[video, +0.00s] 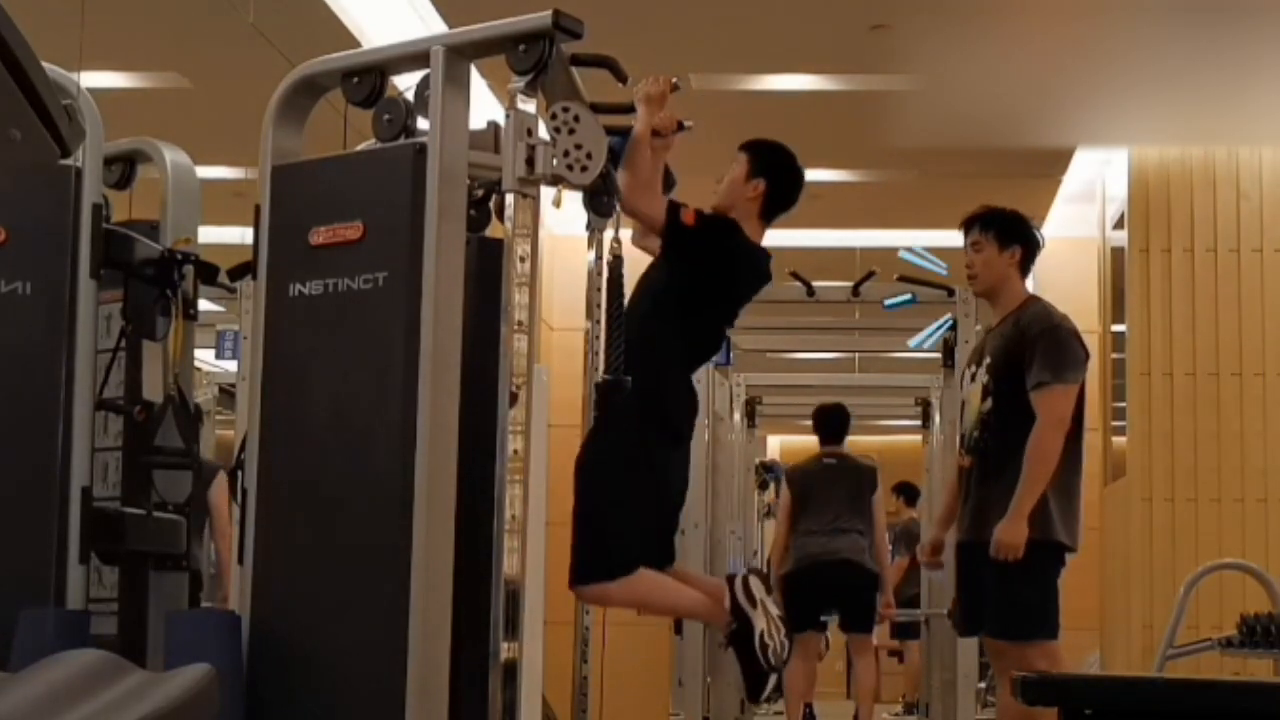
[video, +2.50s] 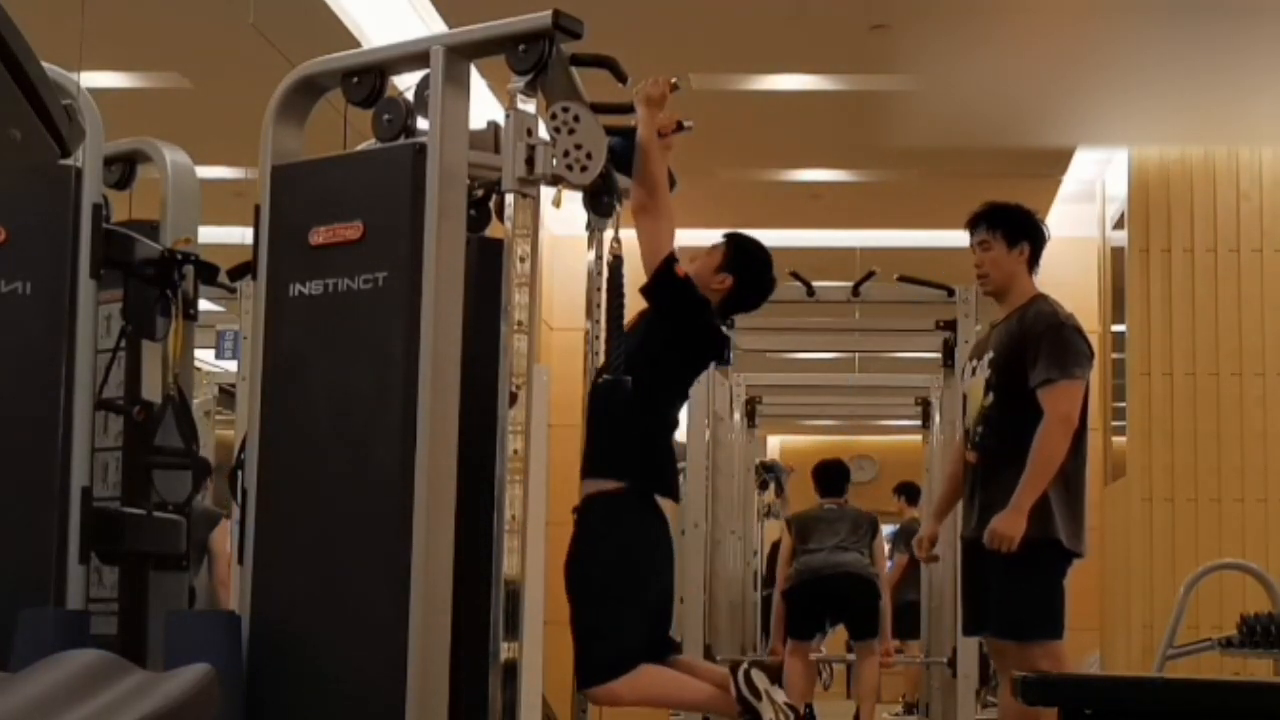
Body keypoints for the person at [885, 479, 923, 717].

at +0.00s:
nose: (891, 503)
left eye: (893, 498)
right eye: (893, 498)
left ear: (901, 499)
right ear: (913, 500)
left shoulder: (906, 527)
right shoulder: (915, 524)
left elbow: (901, 561)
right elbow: (903, 561)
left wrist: (887, 589)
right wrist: (891, 587)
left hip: (908, 593)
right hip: (914, 591)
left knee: (910, 647)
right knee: (912, 647)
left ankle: (911, 700)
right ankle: (913, 698)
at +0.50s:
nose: (891, 504)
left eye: (893, 500)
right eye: (892, 500)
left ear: (901, 500)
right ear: (911, 500)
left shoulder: (907, 526)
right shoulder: (912, 524)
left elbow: (901, 560)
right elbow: (902, 558)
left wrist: (888, 578)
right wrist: (891, 575)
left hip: (907, 590)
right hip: (911, 589)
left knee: (910, 647)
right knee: (911, 647)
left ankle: (911, 700)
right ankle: (912, 699)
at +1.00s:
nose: (892, 503)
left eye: (894, 498)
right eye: (892, 498)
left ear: (904, 499)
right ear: (911, 499)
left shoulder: (909, 525)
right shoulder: (909, 524)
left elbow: (899, 557)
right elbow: (901, 556)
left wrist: (888, 577)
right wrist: (890, 576)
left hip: (908, 590)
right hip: (909, 588)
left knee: (911, 646)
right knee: (911, 647)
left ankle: (911, 700)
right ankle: (913, 699)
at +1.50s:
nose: (893, 502)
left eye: (896, 497)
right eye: (894, 497)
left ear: (903, 499)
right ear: (914, 499)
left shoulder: (907, 526)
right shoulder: (917, 524)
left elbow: (900, 559)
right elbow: (904, 559)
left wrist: (888, 585)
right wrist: (893, 584)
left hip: (909, 593)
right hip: (916, 592)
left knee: (911, 648)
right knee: (913, 648)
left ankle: (911, 700)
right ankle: (913, 699)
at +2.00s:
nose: (894, 503)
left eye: (895, 499)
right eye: (895, 499)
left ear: (902, 499)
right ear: (914, 500)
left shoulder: (907, 528)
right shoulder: (919, 526)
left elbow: (902, 563)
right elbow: (908, 563)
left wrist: (887, 586)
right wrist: (891, 583)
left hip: (910, 595)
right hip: (918, 593)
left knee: (912, 648)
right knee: (915, 649)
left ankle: (911, 701)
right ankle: (914, 699)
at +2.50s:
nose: (894, 504)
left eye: (896, 499)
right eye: (895, 500)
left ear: (902, 500)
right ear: (915, 500)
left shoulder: (906, 528)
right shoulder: (920, 526)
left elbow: (900, 561)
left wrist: (886, 586)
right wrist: (890, 582)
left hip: (909, 596)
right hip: (917, 594)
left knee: (912, 649)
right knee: (912, 649)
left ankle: (910, 701)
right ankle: (912, 699)